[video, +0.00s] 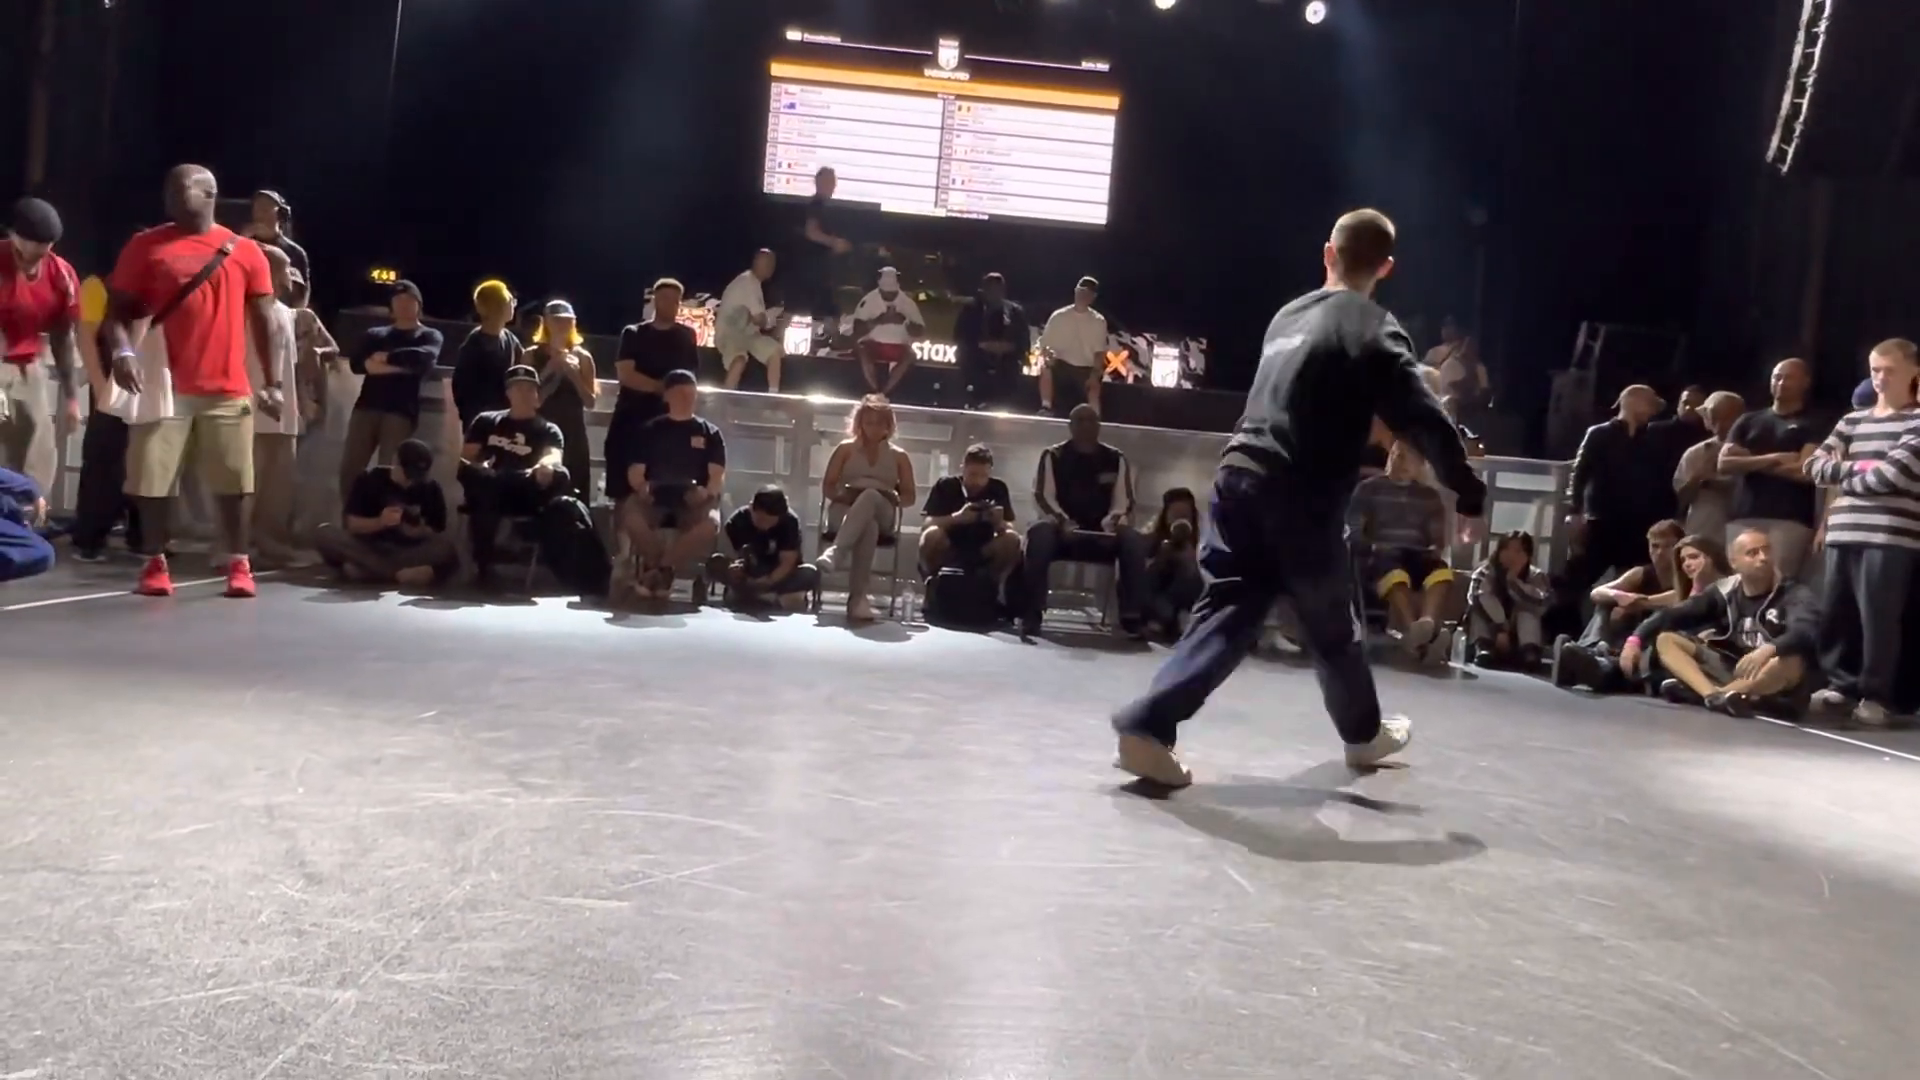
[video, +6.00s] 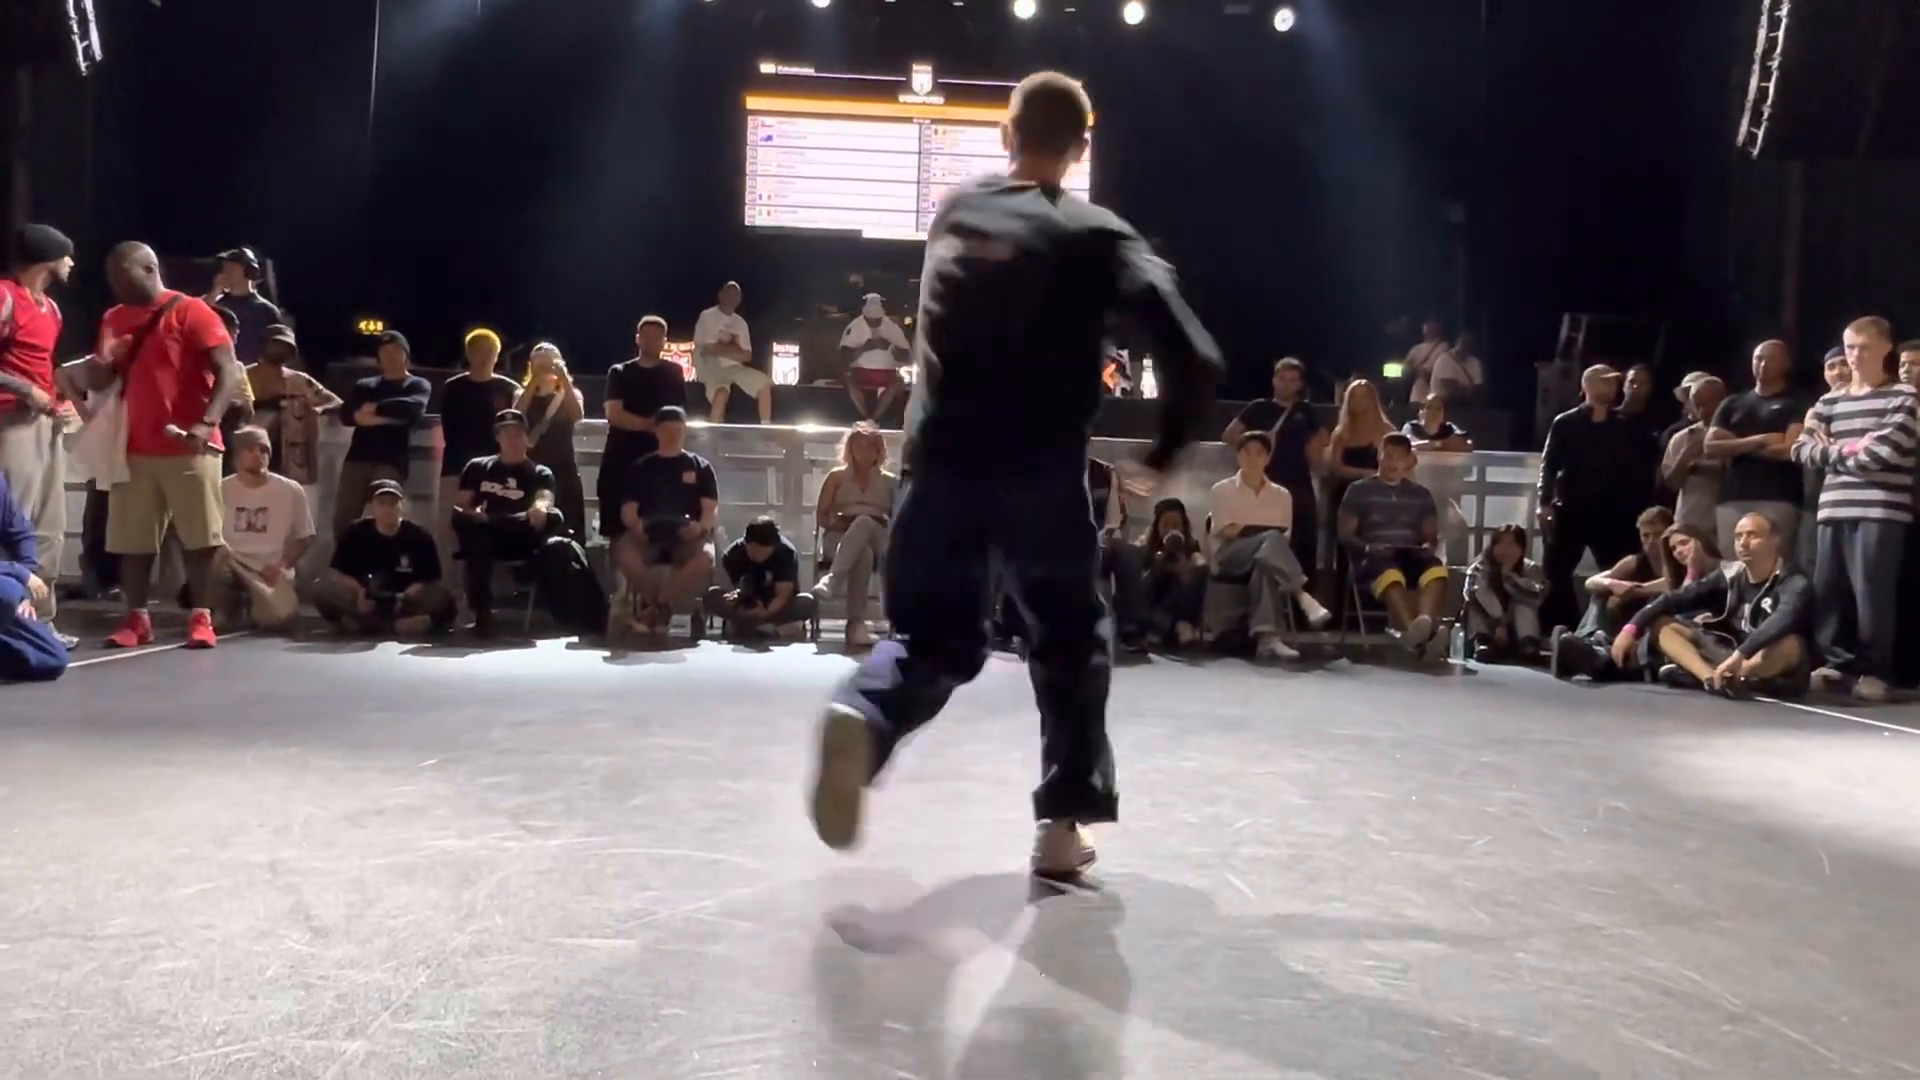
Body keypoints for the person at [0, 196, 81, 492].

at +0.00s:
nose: (40, 250)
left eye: (46, 244)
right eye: (33, 242)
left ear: (53, 241)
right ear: (15, 235)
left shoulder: (61, 274)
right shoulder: (3, 263)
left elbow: (63, 338)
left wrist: (71, 397)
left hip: (32, 366)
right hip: (2, 365)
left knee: (40, 448)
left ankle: (31, 527)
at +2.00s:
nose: (71, 216)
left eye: (68, 209)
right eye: (63, 211)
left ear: (48, 220)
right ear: (38, 218)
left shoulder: (60, 251)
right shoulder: (8, 259)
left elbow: (60, 297)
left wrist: (75, 338)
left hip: (45, 343)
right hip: (9, 347)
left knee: (61, 434)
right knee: (6, 436)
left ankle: (73, 515)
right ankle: (7, 513)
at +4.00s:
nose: (94, 267)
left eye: (98, 260)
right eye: (90, 258)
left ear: (73, 253)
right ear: (65, 246)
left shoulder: (71, 295)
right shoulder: (16, 267)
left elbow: (60, 348)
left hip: (44, 398)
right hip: (8, 396)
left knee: (38, 503)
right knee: (6, 502)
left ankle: (21, 597)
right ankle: (3, 599)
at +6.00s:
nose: (69, 264)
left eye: (68, 257)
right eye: (64, 258)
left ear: (42, 260)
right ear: (45, 260)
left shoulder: (52, 308)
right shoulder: (9, 296)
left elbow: (43, 364)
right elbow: (4, 363)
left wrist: (63, 400)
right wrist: (28, 390)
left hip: (48, 419)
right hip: (16, 421)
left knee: (50, 520)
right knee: (17, 518)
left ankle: (40, 619)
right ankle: (15, 617)